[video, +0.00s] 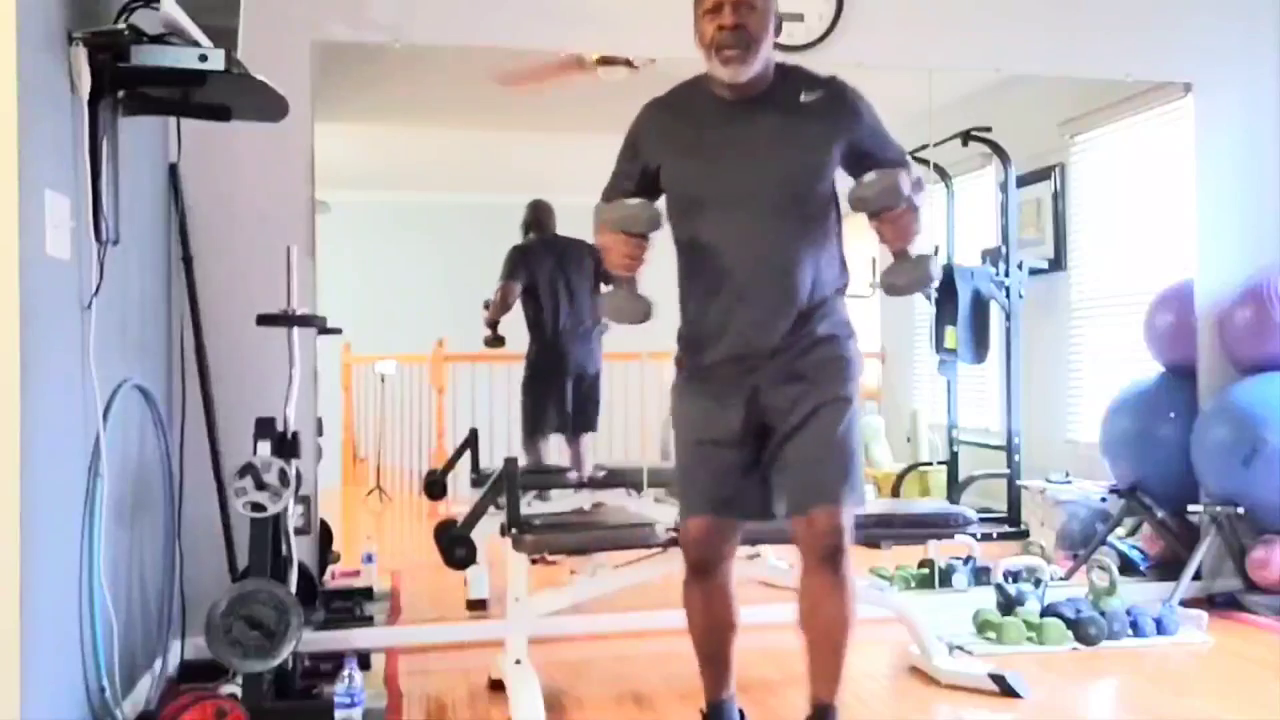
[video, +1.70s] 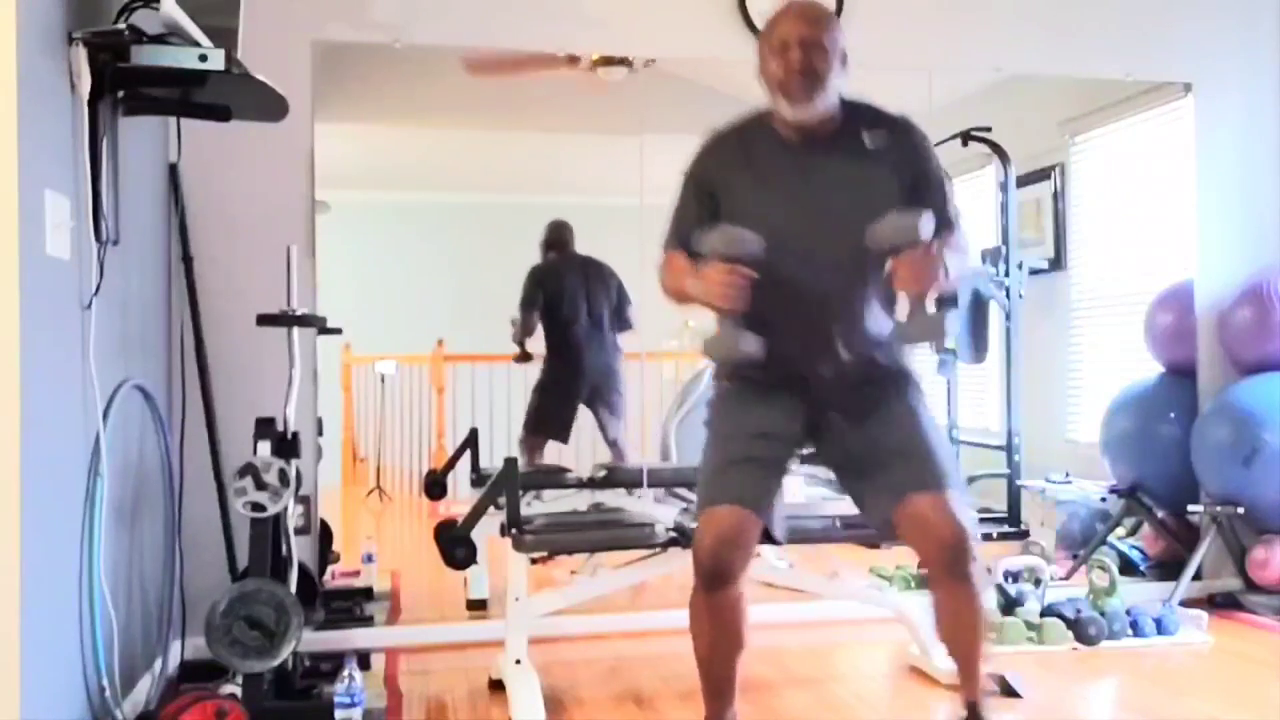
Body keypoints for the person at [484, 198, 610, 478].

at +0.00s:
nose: (528, 229)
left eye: (526, 225)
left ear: (527, 225)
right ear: (554, 223)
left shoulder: (523, 253)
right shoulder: (584, 249)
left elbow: (508, 297)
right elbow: (618, 279)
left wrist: (492, 316)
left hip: (548, 355)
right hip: (587, 355)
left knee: (533, 433)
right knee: (577, 432)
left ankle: (540, 493)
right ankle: (580, 493)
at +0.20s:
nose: (537, 239)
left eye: (538, 235)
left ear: (540, 236)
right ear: (567, 234)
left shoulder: (535, 265)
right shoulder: (598, 263)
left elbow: (518, 321)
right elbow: (620, 316)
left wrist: (520, 342)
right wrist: (590, 321)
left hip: (563, 365)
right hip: (603, 364)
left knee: (536, 443)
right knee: (607, 432)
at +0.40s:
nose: (561, 277)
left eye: (563, 273)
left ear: (564, 274)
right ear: (590, 274)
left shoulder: (561, 304)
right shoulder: (614, 301)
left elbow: (548, 354)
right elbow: (627, 344)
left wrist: (541, 371)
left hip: (584, 397)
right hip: (625, 396)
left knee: (529, 453)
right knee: (624, 457)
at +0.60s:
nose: (574, 258)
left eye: (575, 254)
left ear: (579, 255)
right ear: (605, 254)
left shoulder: (586, 280)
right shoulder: (636, 282)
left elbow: (573, 334)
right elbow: (660, 331)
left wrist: (550, 344)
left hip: (609, 374)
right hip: (647, 375)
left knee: (559, 443)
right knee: (633, 442)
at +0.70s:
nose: (578, 246)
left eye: (578, 241)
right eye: (579, 242)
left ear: (583, 240)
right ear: (608, 238)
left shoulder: (592, 261)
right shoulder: (644, 263)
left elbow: (592, 304)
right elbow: (673, 308)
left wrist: (560, 329)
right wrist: (641, 320)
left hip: (614, 360)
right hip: (652, 361)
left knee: (572, 432)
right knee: (640, 437)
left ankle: (578, 503)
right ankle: (659, 507)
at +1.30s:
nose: (581, 256)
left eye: (582, 251)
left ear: (587, 253)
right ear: (614, 252)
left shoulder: (586, 280)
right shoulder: (645, 280)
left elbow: (571, 337)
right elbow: (663, 333)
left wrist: (560, 340)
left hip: (613, 375)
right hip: (653, 376)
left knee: (556, 441)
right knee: (646, 446)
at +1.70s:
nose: (542, 248)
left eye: (543, 244)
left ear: (546, 244)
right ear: (572, 242)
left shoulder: (541, 273)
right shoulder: (603, 270)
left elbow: (529, 326)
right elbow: (624, 321)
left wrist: (520, 337)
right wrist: (593, 326)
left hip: (564, 368)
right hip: (605, 367)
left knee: (533, 443)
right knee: (618, 440)